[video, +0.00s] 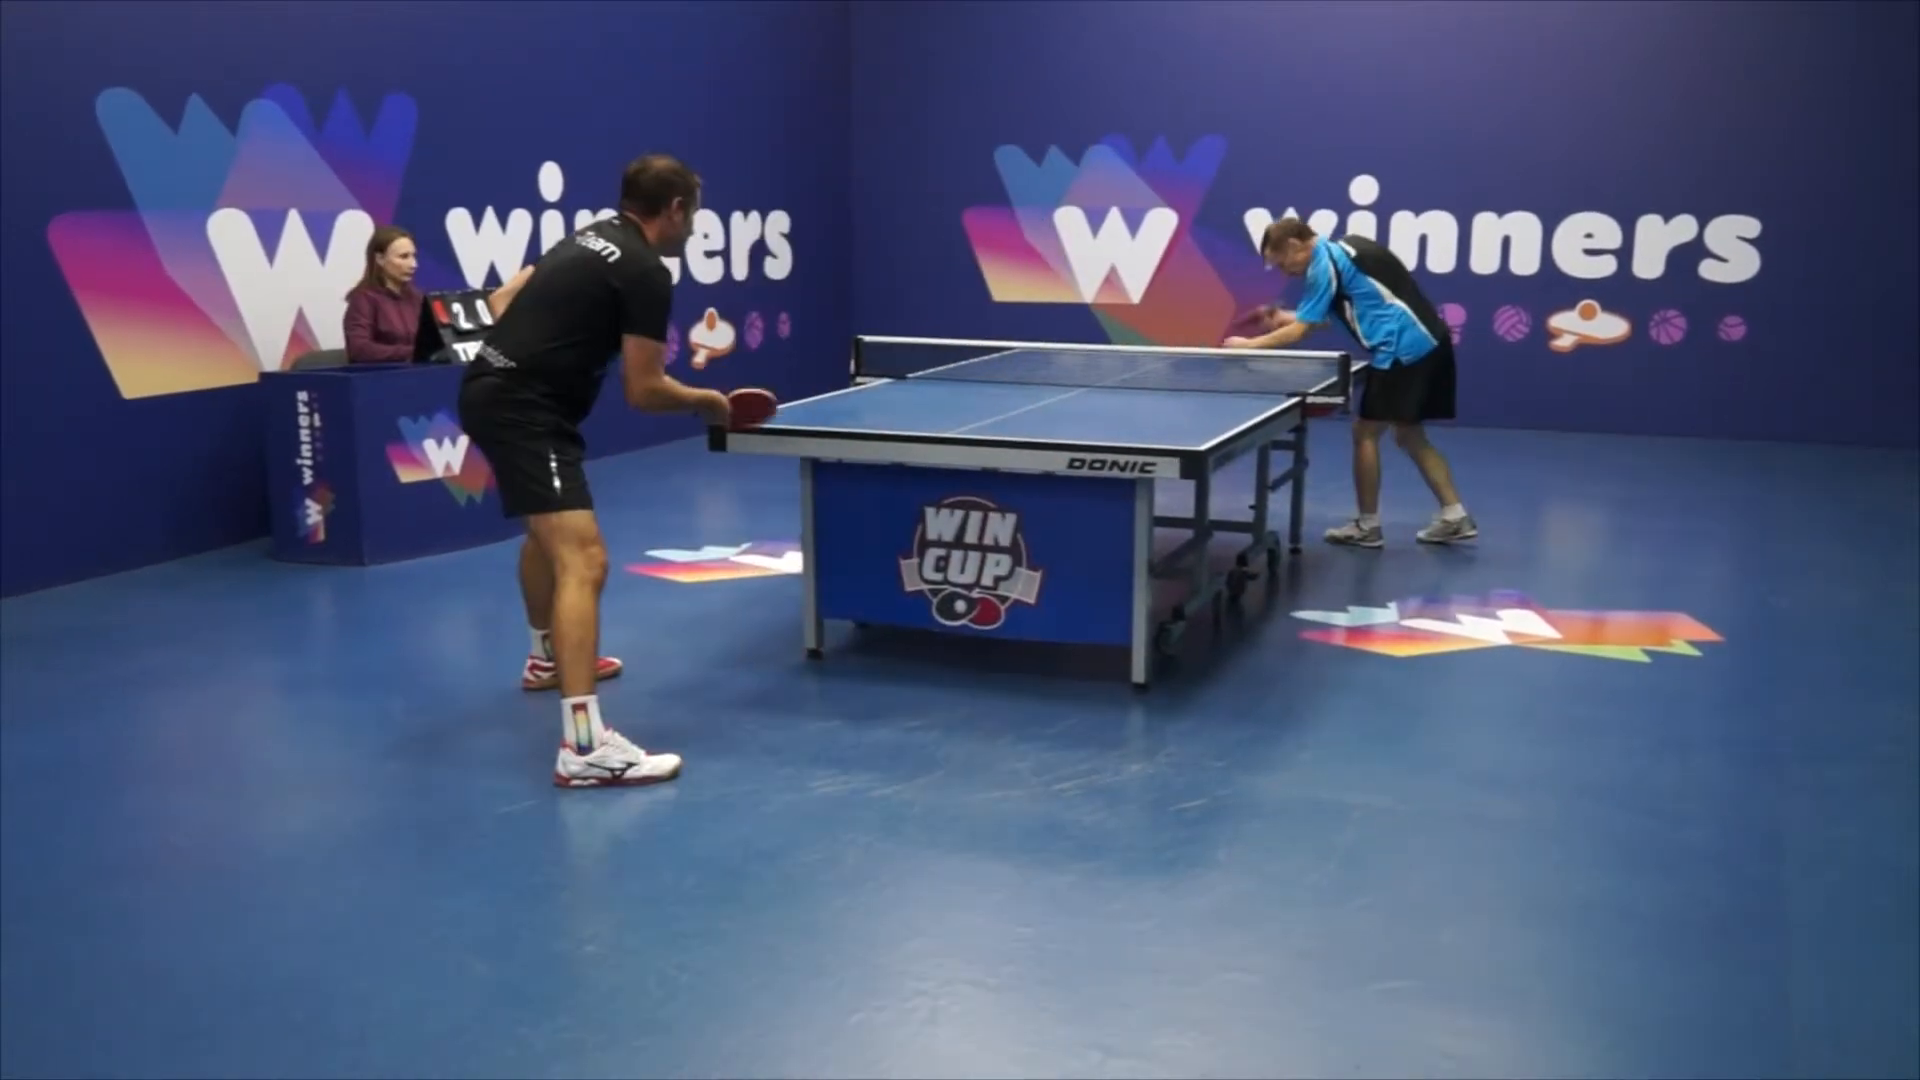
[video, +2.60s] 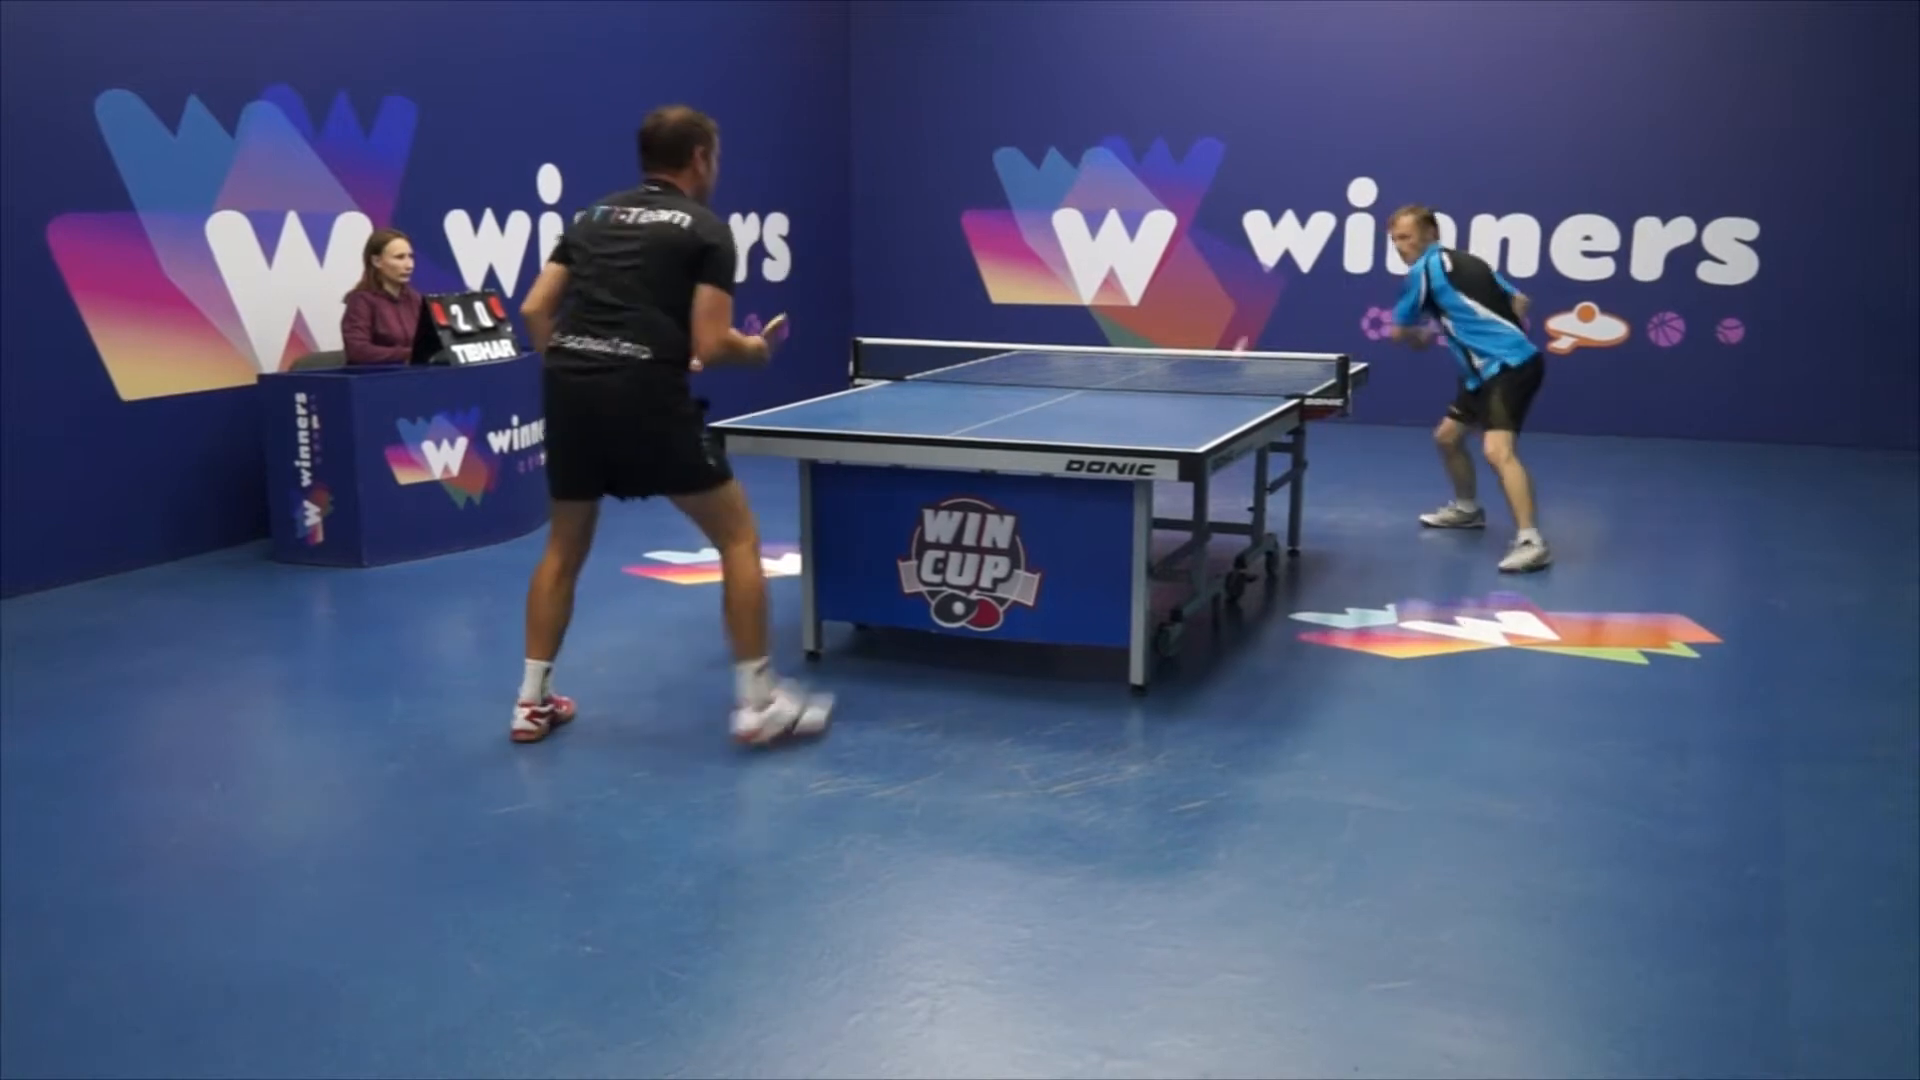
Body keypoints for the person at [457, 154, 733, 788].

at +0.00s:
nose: (691, 225)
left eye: (691, 214)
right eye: (690, 214)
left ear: (633, 205)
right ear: (670, 211)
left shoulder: (594, 237)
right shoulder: (646, 271)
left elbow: (501, 300)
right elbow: (645, 389)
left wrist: (547, 352)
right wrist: (709, 400)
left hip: (493, 393)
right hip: (525, 404)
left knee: (545, 532)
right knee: (583, 562)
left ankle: (548, 654)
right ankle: (584, 741)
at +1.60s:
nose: (711, 188)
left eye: (710, 175)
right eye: (708, 176)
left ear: (649, 175)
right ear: (683, 177)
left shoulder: (595, 221)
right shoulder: (665, 243)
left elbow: (541, 305)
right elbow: (664, 347)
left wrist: (600, 343)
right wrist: (735, 359)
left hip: (561, 388)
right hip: (614, 396)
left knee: (618, 509)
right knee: (683, 541)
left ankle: (585, 641)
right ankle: (637, 679)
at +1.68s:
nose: (720, 194)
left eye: (720, 181)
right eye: (716, 181)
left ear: (665, 175)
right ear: (691, 178)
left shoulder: (610, 217)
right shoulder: (670, 237)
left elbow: (552, 298)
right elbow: (671, 341)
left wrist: (627, 334)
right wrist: (739, 356)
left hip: (566, 385)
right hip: (616, 391)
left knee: (624, 505)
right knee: (713, 521)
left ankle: (585, 637)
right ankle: (669, 667)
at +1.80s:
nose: (736, 211)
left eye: (739, 200)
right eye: (737, 198)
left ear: (685, 179)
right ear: (717, 185)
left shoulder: (628, 214)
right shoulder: (691, 232)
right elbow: (698, 336)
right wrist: (745, 345)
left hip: (570, 375)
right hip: (623, 382)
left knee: (619, 505)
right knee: (729, 506)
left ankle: (584, 642)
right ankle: (750, 659)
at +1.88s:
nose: (751, 224)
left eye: (754, 213)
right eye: (754, 212)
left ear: (702, 184)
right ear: (740, 199)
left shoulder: (635, 218)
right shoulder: (718, 243)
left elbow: (570, 292)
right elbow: (746, 346)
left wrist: (627, 318)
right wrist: (717, 330)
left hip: (578, 372)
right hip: (640, 383)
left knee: (613, 508)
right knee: (742, 508)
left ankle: (583, 640)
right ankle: (789, 650)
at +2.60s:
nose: (715, 172)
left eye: (714, 160)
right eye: (714, 161)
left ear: (646, 161)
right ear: (698, 162)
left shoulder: (594, 216)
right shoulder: (707, 230)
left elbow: (535, 309)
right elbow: (711, 345)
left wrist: (569, 367)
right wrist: (756, 348)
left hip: (571, 397)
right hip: (649, 400)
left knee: (562, 549)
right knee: (737, 538)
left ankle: (531, 700)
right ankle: (757, 699)